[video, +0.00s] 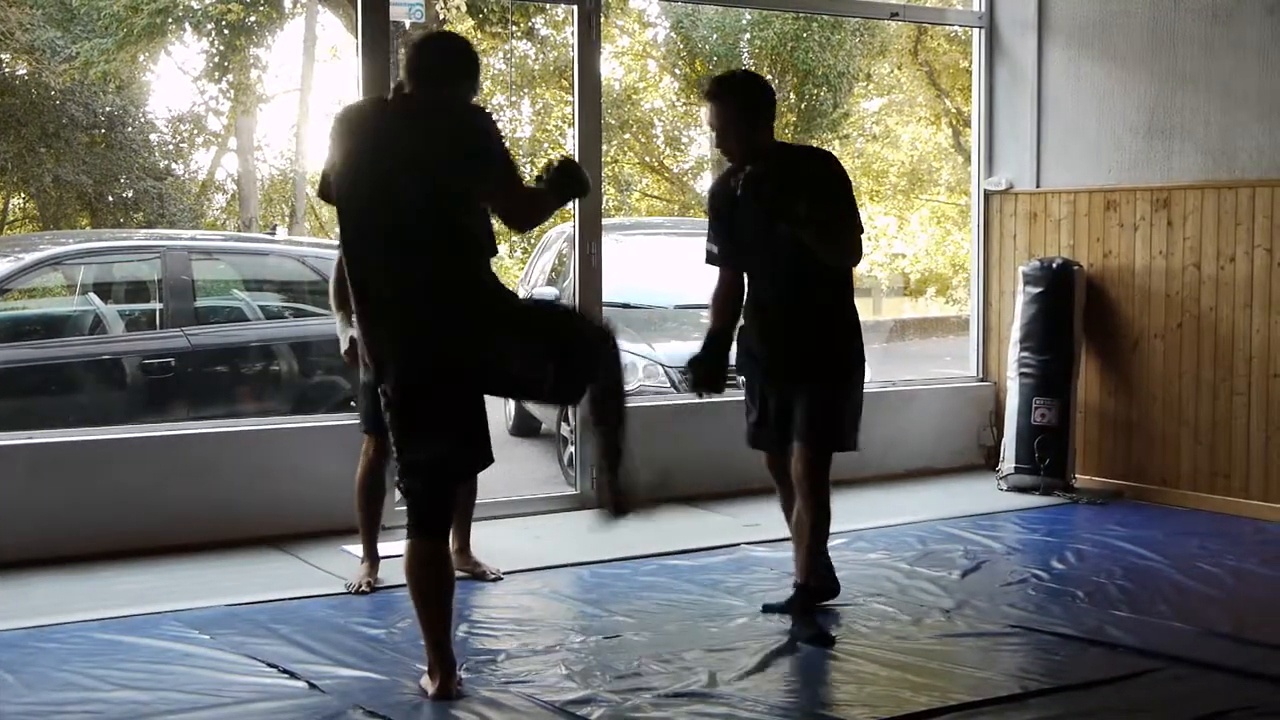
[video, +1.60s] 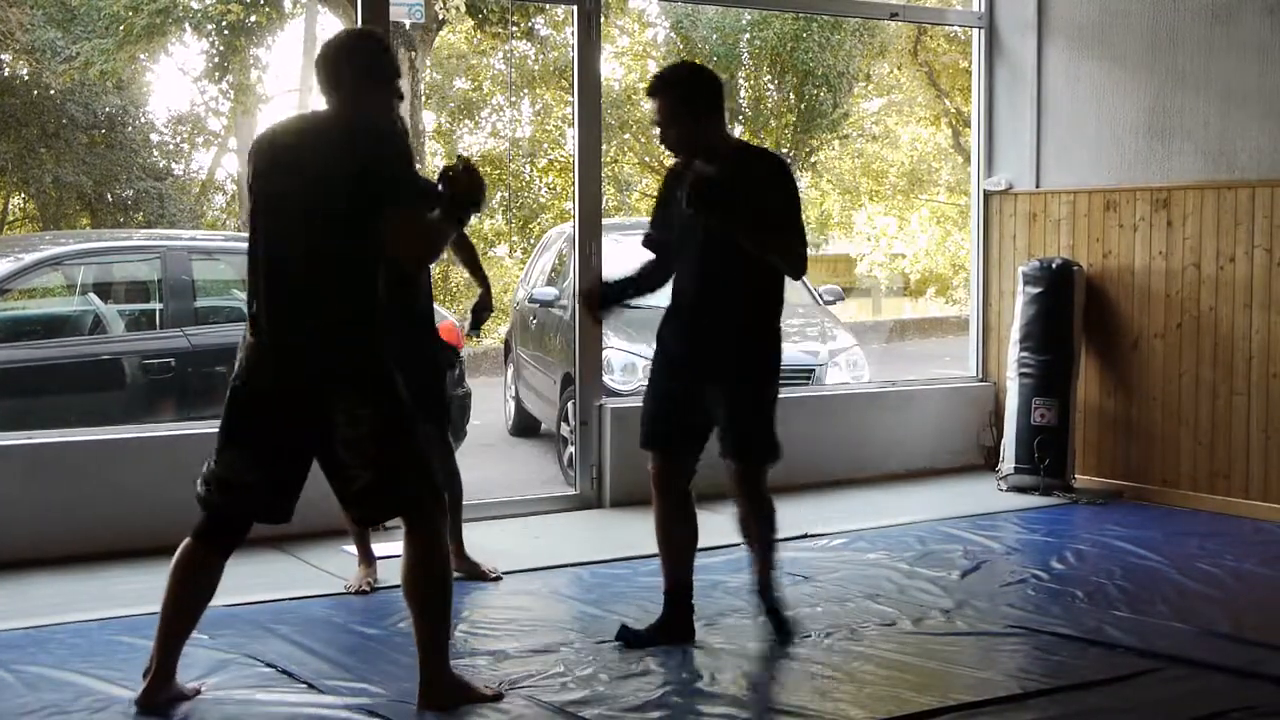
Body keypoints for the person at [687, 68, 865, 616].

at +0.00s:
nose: (713, 136)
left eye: (721, 123)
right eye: (711, 124)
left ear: (755, 119)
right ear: (732, 125)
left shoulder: (818, 168)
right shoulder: (728, 189)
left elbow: (848, 252)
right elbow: (730, 279)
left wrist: (783, 205)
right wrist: (713, 350)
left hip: (825, 334)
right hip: (765, 338)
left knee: (809, 464)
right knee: (781, 465)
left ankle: (805, 596)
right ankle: (818, 572)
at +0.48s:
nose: (743, 131)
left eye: (752, 119)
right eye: (741, 120)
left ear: (788, 115)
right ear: (751, 117)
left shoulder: (845, 171)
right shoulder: (753, 180)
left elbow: (872, 255)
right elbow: (748, 263)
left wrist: (808, 211)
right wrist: (719, 307)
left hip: (830, 346)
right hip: (763, 344)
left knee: (818, 477)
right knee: (708, 458)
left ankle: (813, 604)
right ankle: (739, 578)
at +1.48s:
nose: (672, 138)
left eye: (679, 125)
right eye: (670, 125)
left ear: (715, 118)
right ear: (692, 121)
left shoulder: (777, 172)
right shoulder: (695, 184)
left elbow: (795, 263)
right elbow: (689, 268)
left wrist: (737, 211)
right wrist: (642, 313)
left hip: (759, 353)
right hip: (696, 351)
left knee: (767, 481)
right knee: (665, 473)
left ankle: (805, 599)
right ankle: (676, 615)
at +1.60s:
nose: (660, 134)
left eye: (667, 121)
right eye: (657, 123)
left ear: (702, 114)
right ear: (685, 119)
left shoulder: (766, 171)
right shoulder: (681, 179)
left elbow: (795, 262)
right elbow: (659, 267)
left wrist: (728, 210)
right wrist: (609, 291)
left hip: (749, 347)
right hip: (683, 344)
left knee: (749, 479)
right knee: (668, 474)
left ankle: (767, 595)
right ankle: (677, 617)